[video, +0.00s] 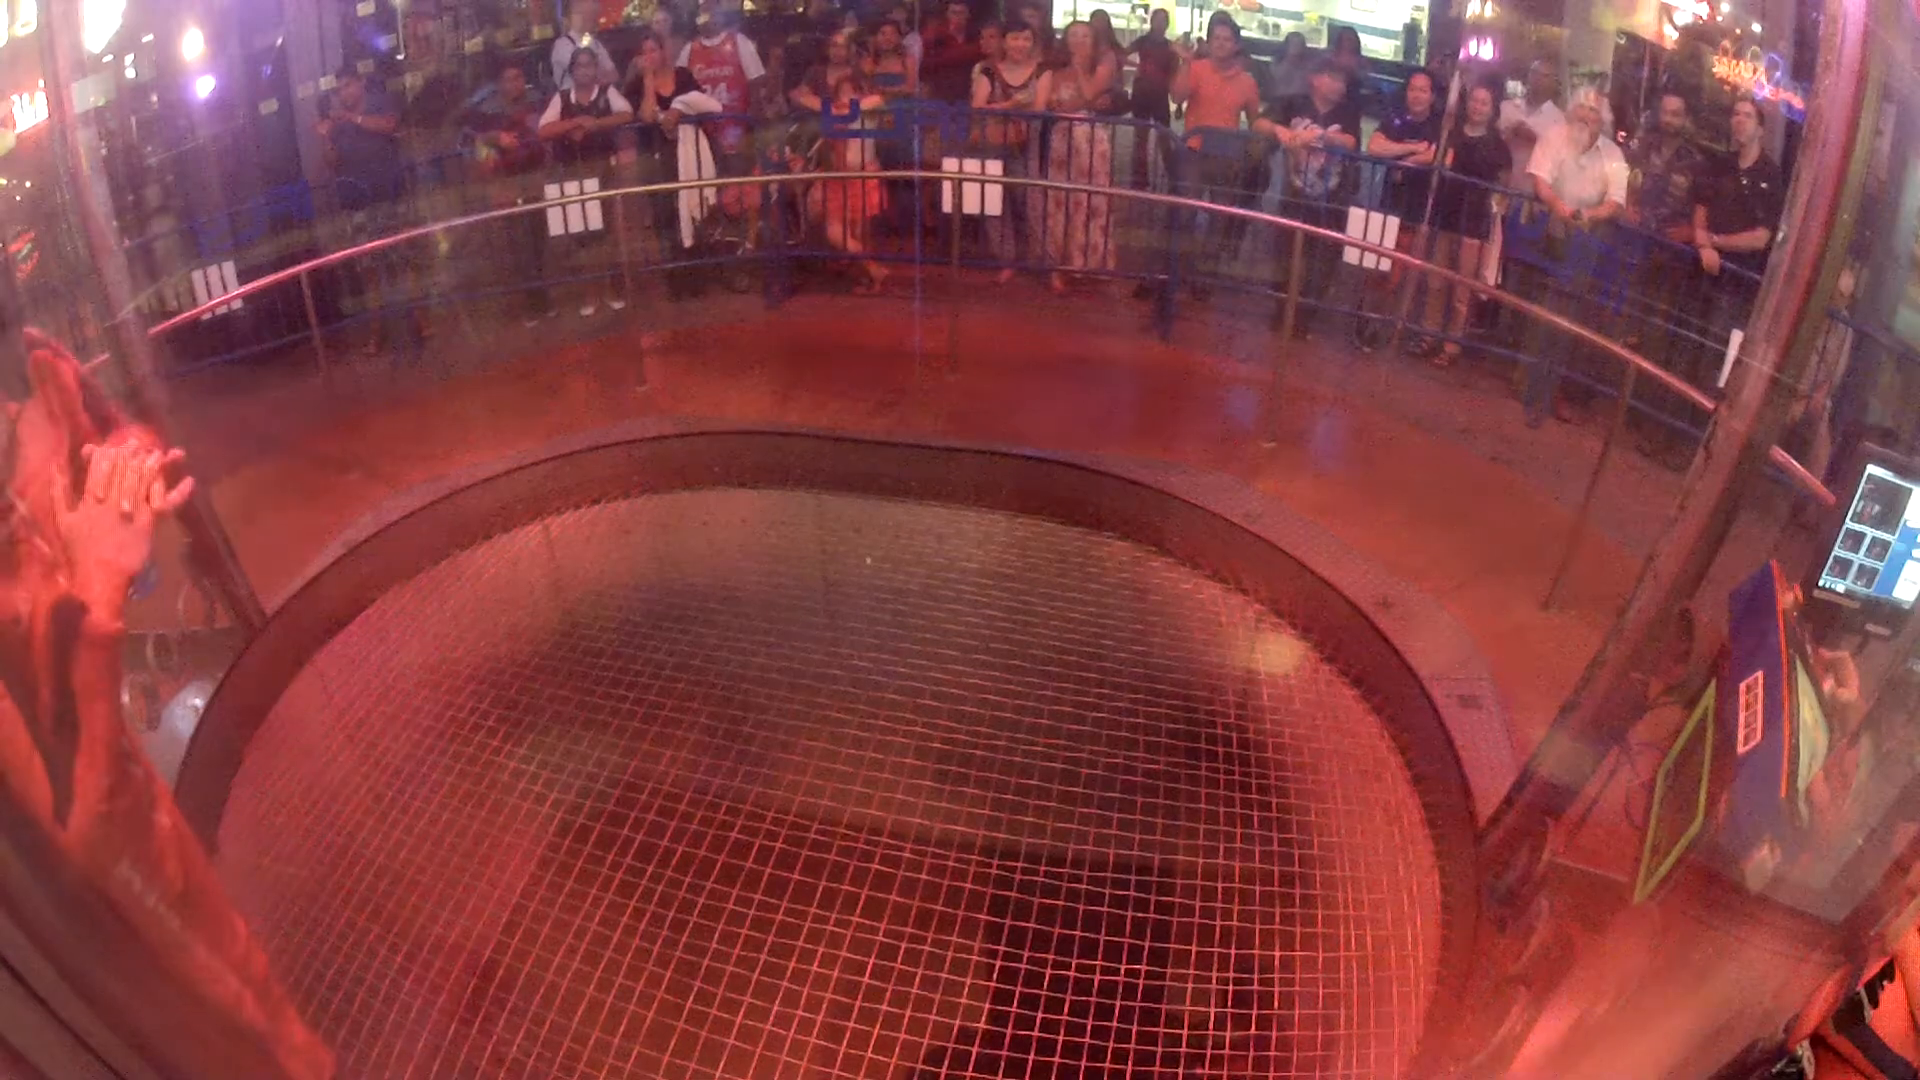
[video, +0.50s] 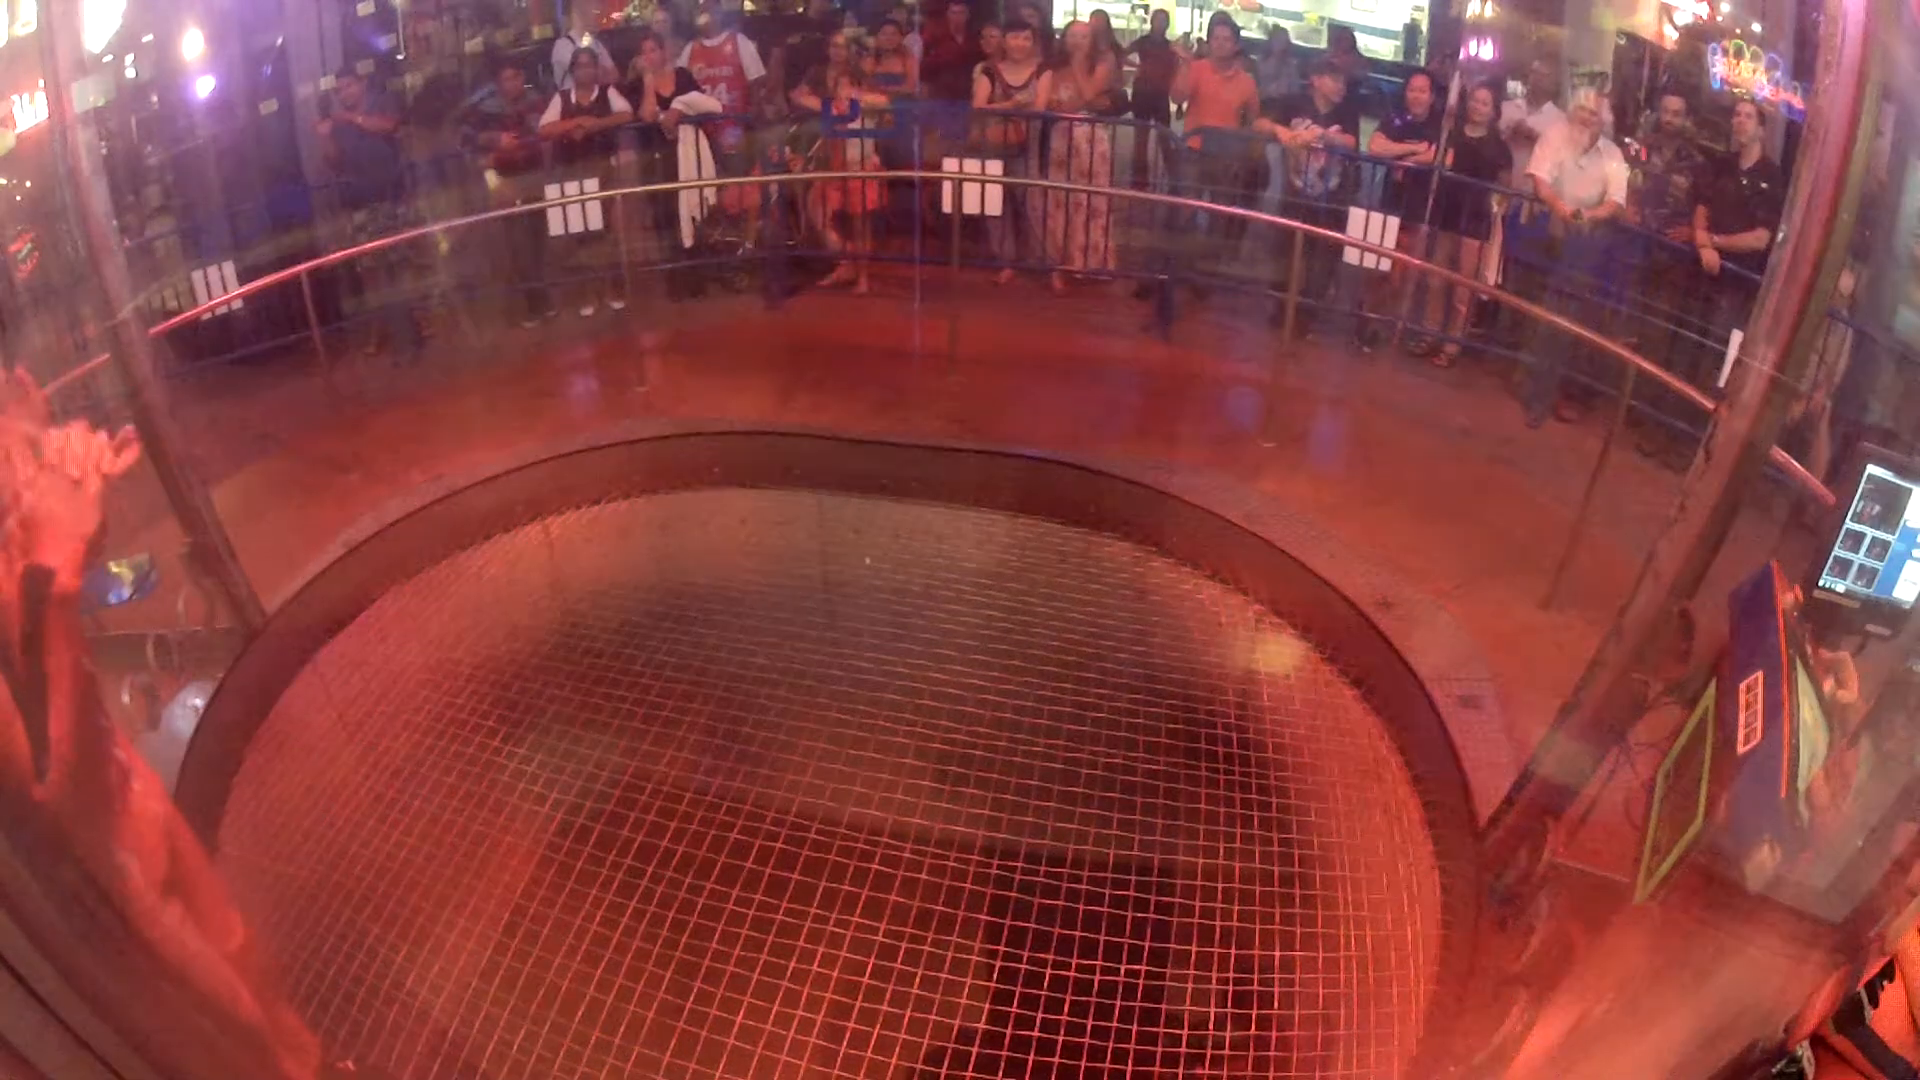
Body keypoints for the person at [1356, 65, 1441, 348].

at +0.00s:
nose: (1417, 95)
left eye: (1423, 90)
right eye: (1413, 89)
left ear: (1433, 97)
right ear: (1405, 93)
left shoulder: (1439, 127)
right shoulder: (1394, 120)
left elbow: (1438, 158)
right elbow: (1374, 147)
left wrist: (1400, 158)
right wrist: (1416, 148)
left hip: (1422, 212)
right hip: (1390, 207)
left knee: (1410, 273)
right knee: (1378, 268)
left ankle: (1398, 327)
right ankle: (1365, 320)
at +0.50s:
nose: (1416, 95)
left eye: (1423, 90)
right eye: (1412, 90)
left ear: (1432, 97)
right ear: (1404, 94)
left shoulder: (1439, 127)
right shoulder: (1394, 120)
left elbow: (1439, 158)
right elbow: (1375, 146)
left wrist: (1403, 157)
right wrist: (1416, 148)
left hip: (1422, 212)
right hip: (1390, 208)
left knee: (1409, 274)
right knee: (1379, 269)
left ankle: (1398, 326)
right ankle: (1368, 321)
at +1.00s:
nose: (1416, 96)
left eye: (1422, 91)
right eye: (1412, 90)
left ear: (1432, 97)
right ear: (1404, 94)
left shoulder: (1439, 127)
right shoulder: (1394, 121)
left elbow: (1439, 158)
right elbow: (1375, 146)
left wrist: (1400, 156)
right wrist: (1416, 148)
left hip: (1422, 212)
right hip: (1390, 208)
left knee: (1409, 274)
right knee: (1380, 269)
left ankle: (1398, 326)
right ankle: (1368, 321)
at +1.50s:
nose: (1416, 97)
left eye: (1422, 92)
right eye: (1412, 91)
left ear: (1432, 98)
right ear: (1404, 94)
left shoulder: (1439, 128)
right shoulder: (1394, 121)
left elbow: (1440, 159)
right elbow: (1375, 147)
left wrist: (1401, 158)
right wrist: (1415, 148)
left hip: (1422, 212)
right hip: (1389, 208)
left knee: (1410, 274)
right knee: (1378, 269)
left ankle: (1399, 326)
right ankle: (1369, 322)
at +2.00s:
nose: (1416, 98)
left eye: (1422, 93)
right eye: (1412, 91)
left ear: (1432, 99)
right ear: (1404, 95)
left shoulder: (1439, 129)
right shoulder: (1394, 122)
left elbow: (1439, 159)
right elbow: (1375, 147)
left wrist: (1403, 158)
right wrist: (1416, 148)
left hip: (1422, 213)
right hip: (1390, 209)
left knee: (1408, 275)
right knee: (1378, 269)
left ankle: (1397, 326)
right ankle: (1368, 319)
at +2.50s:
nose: (1416, 98)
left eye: (1422, 93)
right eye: (1412, 92)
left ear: (1433, 98)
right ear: (1405, 95)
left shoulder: (1439, 128)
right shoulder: (1394, 121)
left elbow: (1441, 159)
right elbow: (1375, 147)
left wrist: (1407, 160)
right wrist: (1417, 148)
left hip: (1423, 213)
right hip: (1391, 209)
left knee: (1409, 275)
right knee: (1379, 269)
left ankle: (1399, 326)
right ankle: (1367, 320)